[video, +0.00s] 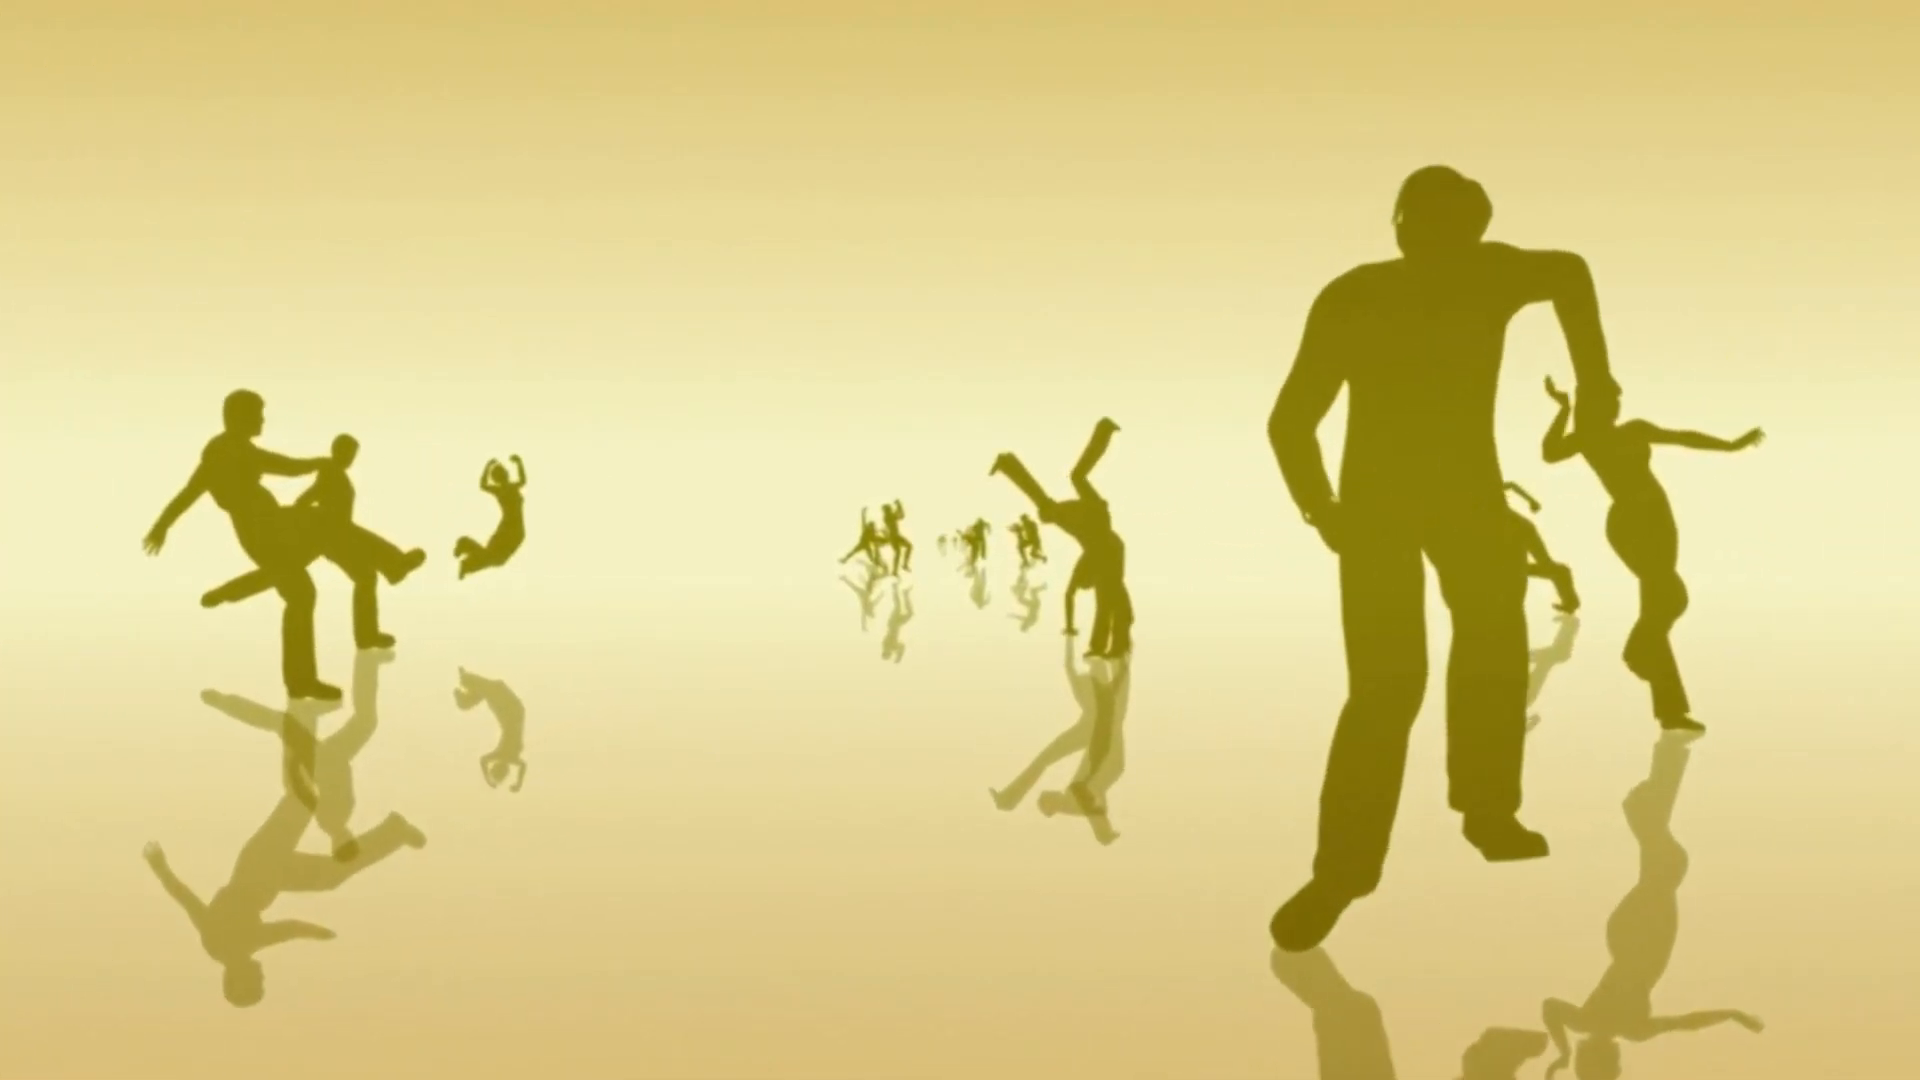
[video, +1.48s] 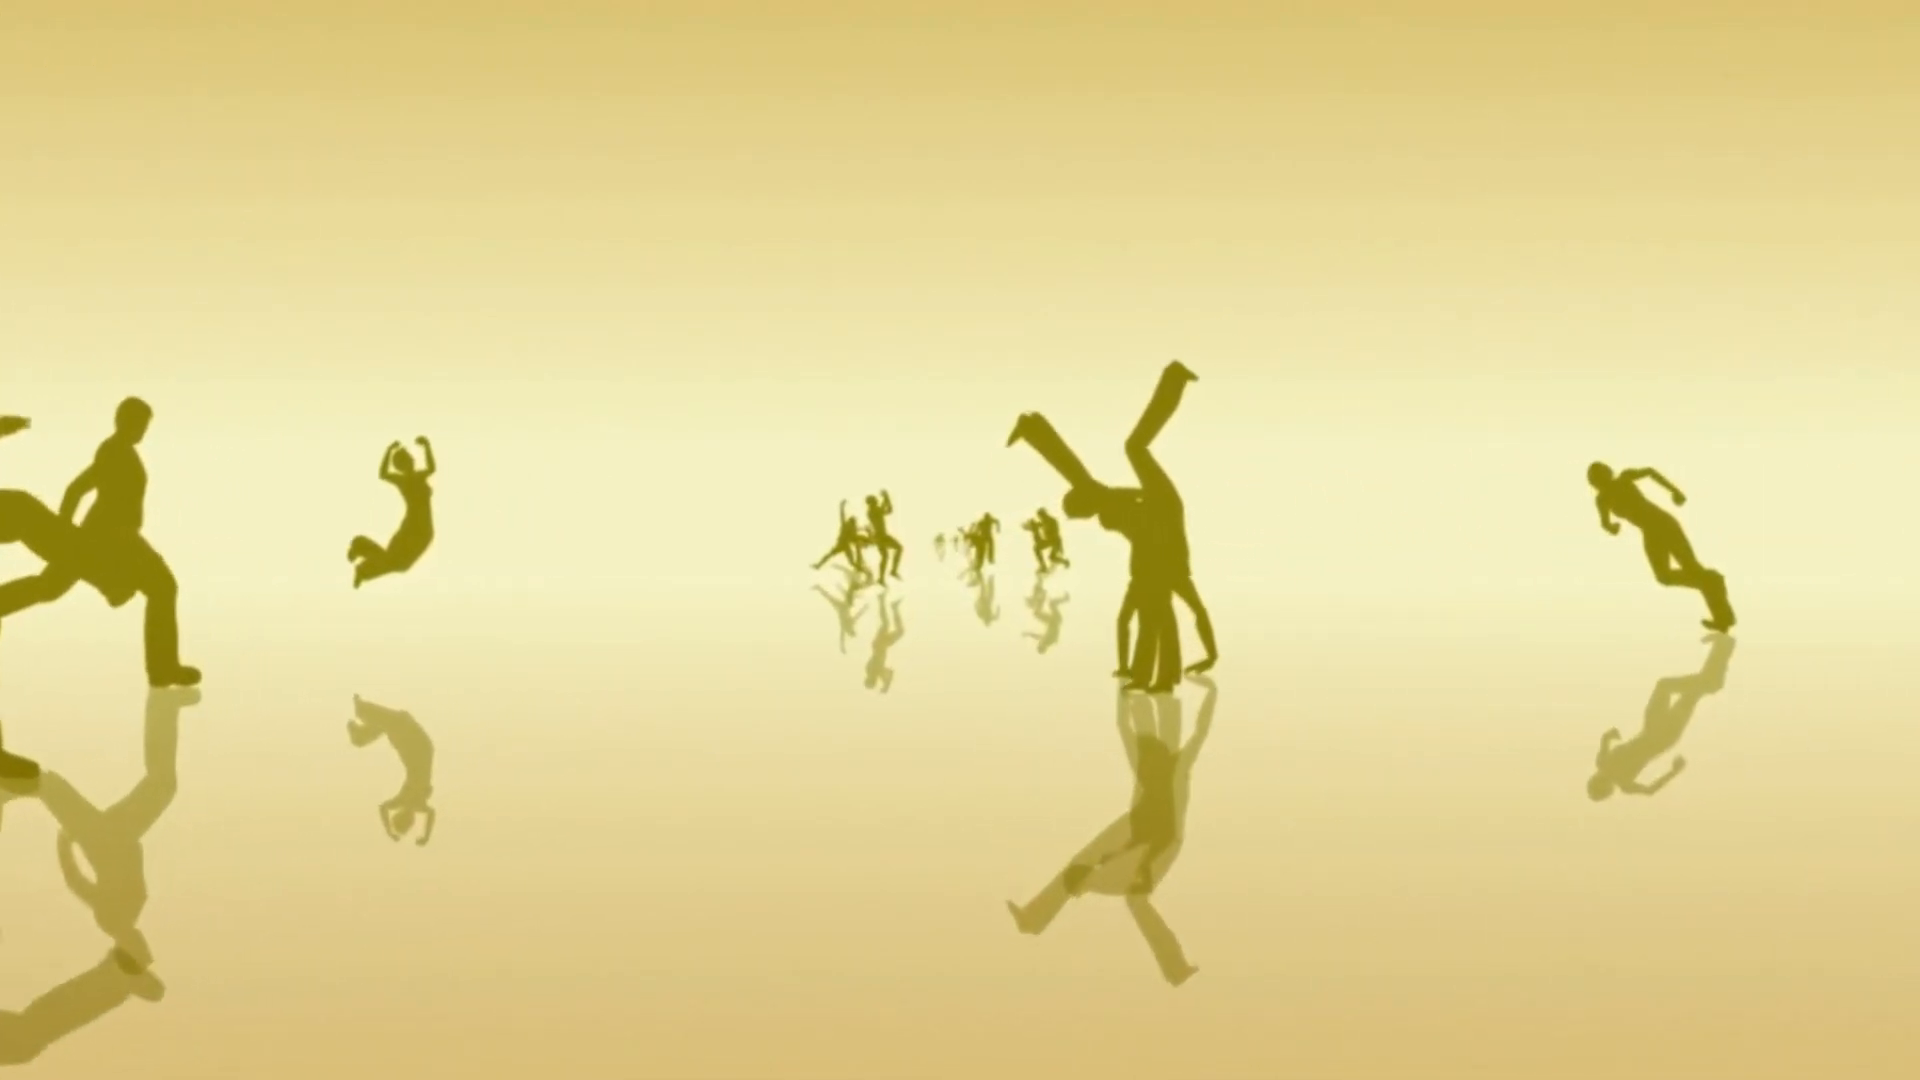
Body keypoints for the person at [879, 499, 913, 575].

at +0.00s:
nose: (891, 510)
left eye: (889, 509)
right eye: (889, 509)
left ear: (886, 510)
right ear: (888, 510)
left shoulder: (890, 516)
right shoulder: (890, 517)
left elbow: (900, 515)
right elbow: (900, 515)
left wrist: (898, 506)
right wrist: (899, 505)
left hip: (895, 535)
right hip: (894, 536)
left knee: (909, 546)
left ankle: (905, 564)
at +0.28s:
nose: (887, 509)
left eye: (886, 507)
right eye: (885, 507)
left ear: (885, 508)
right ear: (884, 508)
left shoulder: (887, 515)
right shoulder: (886, 516)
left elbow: (898, 515)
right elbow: (898, 515)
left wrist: (896, 505)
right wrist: (896, 505)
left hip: (893, 535)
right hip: (891, 536)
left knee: (907, 546)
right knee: (895, 552)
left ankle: (903, 565)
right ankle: (892, 572)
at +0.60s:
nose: (884, 508)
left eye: (883, 506)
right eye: (883, 506)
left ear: (881, 507)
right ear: (883, 507)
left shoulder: (883, 514)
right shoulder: (884, 515)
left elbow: (895, 514)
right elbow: (897, 514)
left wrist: (894, 503)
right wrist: (895, 503)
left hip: (889, 536)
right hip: (889, 536)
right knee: (905, 546)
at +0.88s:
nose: (882, 506)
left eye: (880, 504)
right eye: (880, 504)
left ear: (877, 506)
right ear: (879, 505)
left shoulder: (880, 513)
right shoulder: (881, 514)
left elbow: (892, 512)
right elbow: (894, 513)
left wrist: (891, 502)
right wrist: (892, 501)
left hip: (886, 535)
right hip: (886, 536)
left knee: (903, 547)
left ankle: (899, 568)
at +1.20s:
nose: (879, 504)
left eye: (877, 503)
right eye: (877, 503)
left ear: (874, 504)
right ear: (876, 504)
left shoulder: (878, 512)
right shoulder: (878, 512)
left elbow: (889, 511)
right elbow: (891, 511)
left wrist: (888, 500)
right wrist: (890, 500)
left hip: (883, 535)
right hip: (884, 535)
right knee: (901, 547)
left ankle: (885, 576)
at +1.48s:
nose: (876, 502)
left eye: (874, 500)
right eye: (874, 501)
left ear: (870, 502)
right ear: (872, 501)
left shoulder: (874, 510)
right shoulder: (874, 511)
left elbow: (887, 510)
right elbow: (887, 510)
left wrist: (885, 498)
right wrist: (886, 498)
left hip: (879, 535)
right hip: (881, 535)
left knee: (884, 555)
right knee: (899, 548)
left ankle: (881, 578)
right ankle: (894, 570)